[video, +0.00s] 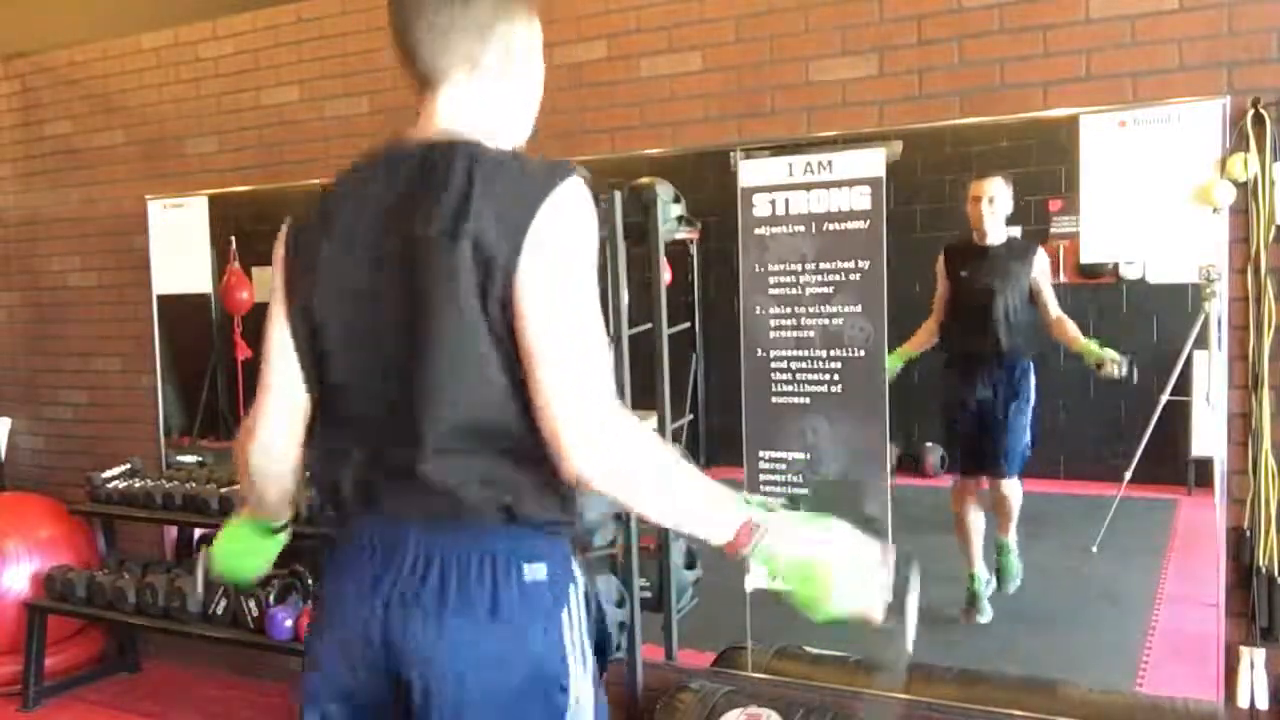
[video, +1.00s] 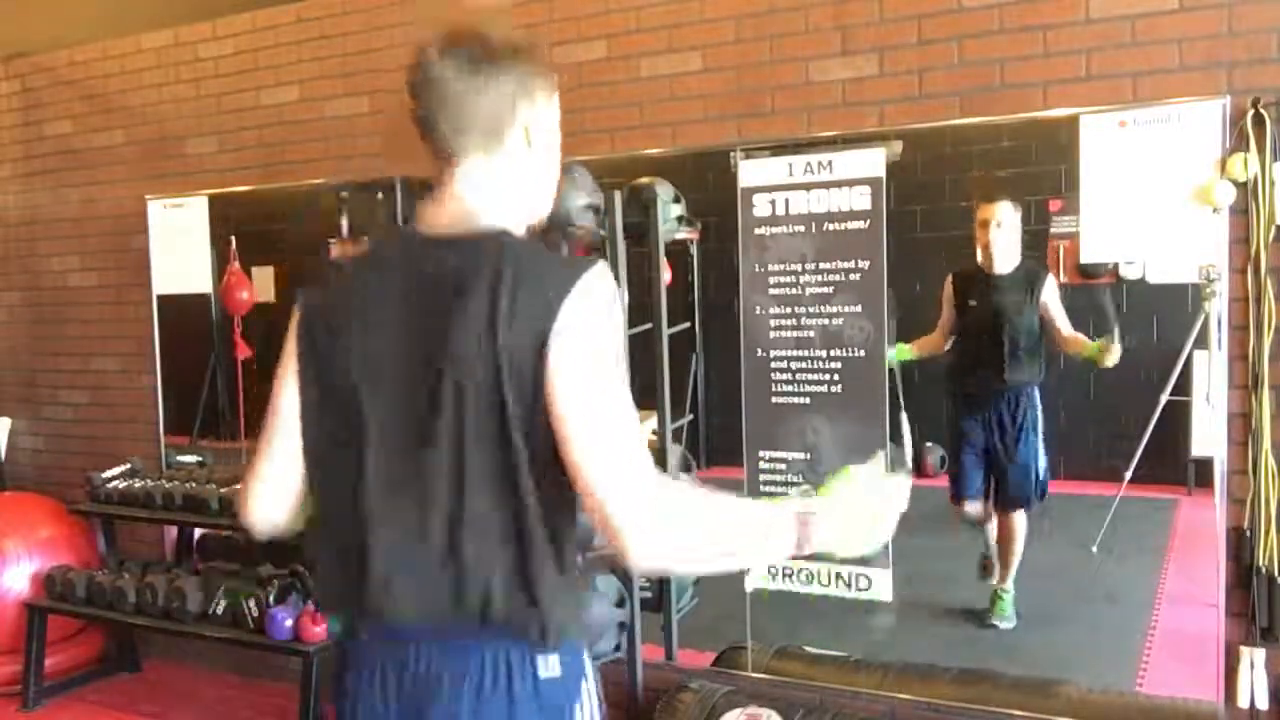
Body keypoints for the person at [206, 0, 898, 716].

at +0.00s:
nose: (540, 80)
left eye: (538, 57)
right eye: (537, 56)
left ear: (416, 62)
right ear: (517, 57)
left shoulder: (311, 229)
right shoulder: (540, 198)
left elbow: (268, 454)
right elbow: (589, 441)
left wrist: (267, 512)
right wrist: (760, 533)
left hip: (356, 573)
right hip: (504, 582)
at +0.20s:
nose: (526, 152)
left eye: (521, 125)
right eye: (520, 125)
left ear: (404, 132)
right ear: (488, 126)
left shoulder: (304, 291)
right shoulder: (523, 270)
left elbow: (243, 498)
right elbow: (607, 497)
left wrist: (365, 448)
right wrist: (785, 499)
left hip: (361, 663)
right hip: (510, 661)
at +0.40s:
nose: (516, 69)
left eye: (510, 46)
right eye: (510, 45)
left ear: (387, 56)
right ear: (487, 48)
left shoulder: (286, 226)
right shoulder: (512, 187)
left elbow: (248, 481)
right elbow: (577, 432)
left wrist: (251, 524)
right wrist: (761, 521)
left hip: (359, 572)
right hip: (508, 573)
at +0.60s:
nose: (521, 145)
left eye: (517, 118)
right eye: (515, 118)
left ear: (398, 129)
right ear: (485, 123)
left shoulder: (299, 292)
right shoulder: (524, 267)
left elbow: (234, 495)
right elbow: (609, 493)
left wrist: (360, 438)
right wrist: (780, 488)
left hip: (364, 656)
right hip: (515, 654)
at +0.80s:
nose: (542, 87)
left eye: (541, 64)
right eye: (539, 64)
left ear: (419, 62)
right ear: (513, 61)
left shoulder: (307, 226)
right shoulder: (538, 197)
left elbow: (259, 446)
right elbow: (590, 441)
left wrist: (262, 524)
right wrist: (768, 550)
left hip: (369, 579)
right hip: (517, 583)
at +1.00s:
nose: (562, 156)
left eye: (557, 130)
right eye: (557, 130)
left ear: (436, 136)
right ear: (530, 129)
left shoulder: (326, 302)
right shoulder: (563, 292)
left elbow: (265, 508)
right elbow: (638, 524)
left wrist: (373, 440)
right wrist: (812, 522)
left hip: (373, 665)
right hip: (520, 667)